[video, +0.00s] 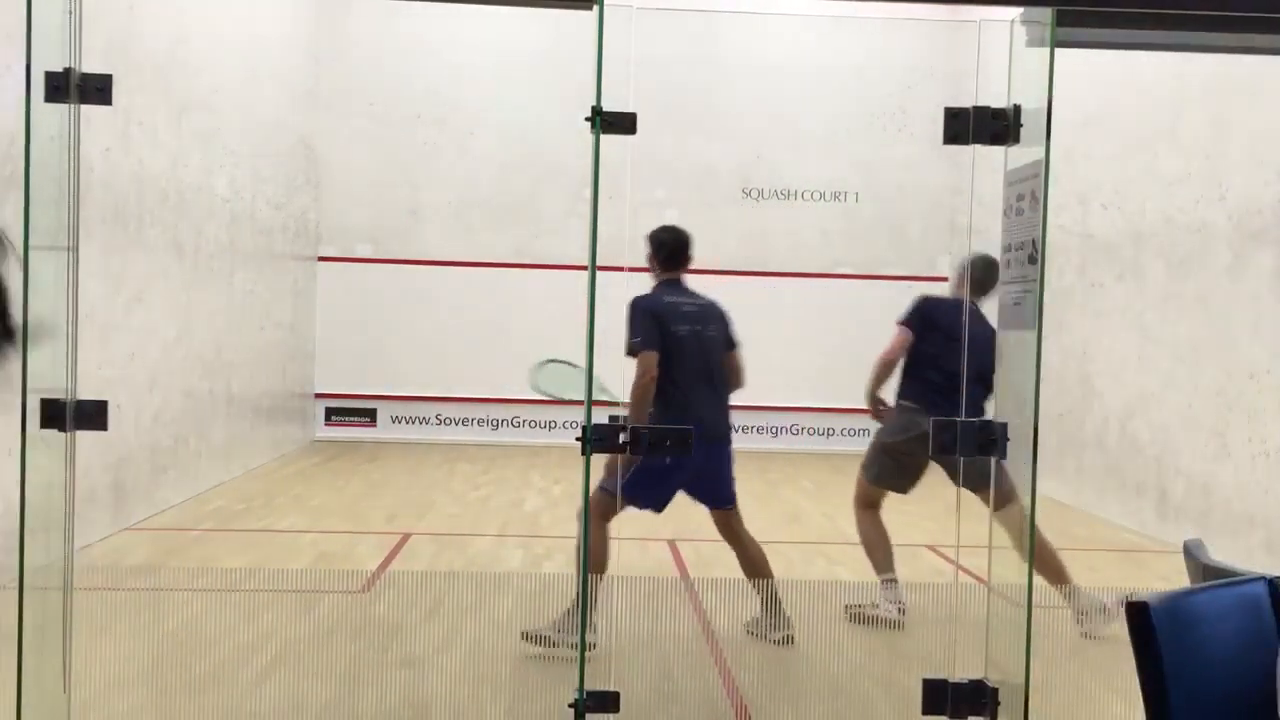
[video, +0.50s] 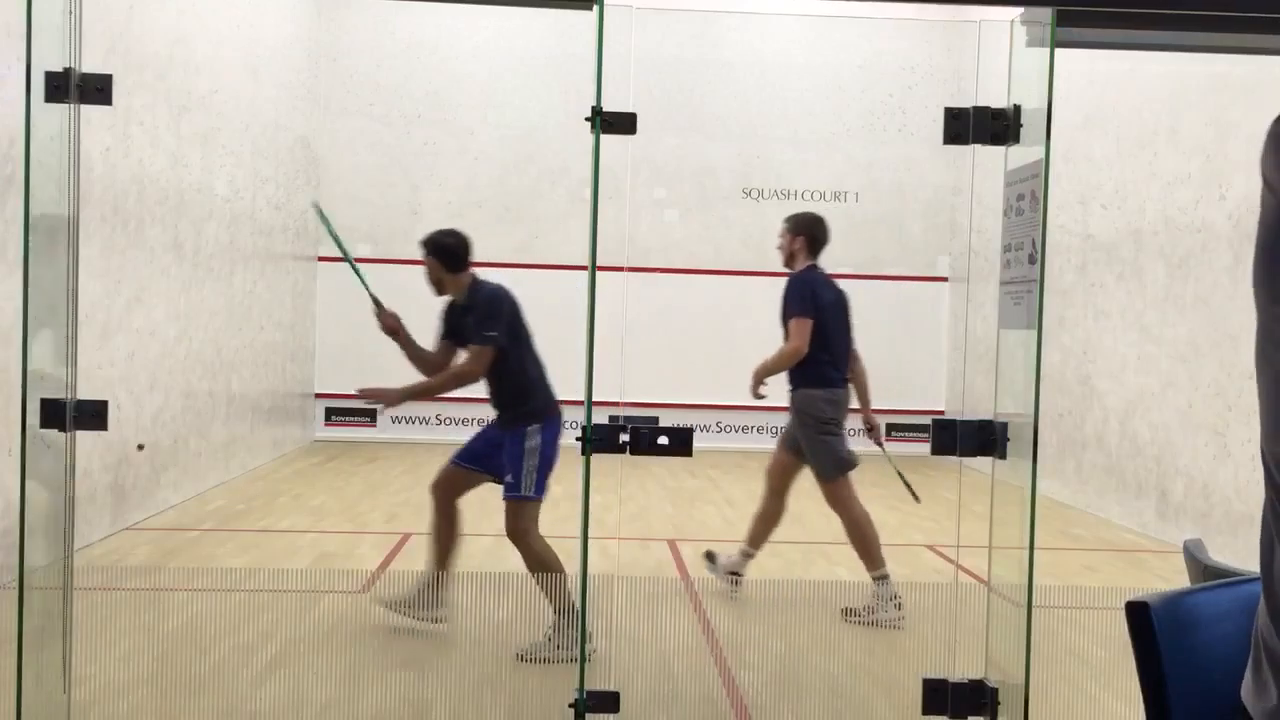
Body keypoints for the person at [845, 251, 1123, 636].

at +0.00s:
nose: (953, 275)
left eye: (956, 270)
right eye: (959, 270)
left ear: (959, 276)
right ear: (989, 290)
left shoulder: (927, 306)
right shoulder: (989, 334)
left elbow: (893, 352)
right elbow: (992, 389)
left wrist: (872, 394)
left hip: (912, 422)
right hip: (965, 431)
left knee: (866, 505)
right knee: (1017, 520)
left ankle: (891, 597)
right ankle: (1080, 604)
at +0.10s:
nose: (910, 253)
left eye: (913, 247)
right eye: (915, 247)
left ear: (919, 251)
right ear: (945, 260)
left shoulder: (899, 288)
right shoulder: (955, 307)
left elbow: (876, 346)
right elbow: (953, 370)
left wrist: (845, 374)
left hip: (889, 406)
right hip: (939, 410)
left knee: (856, 501)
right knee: (968, 482)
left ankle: (888, 603)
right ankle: (1005, 569)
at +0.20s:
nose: (874, 236)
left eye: (877, 230)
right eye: (877, 229)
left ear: (887, 233)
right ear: (910, 240)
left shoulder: (872, 271)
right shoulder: (925, 287)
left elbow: (858, 335)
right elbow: (930, 356)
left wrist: (832, 364)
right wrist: (904, 381)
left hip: (874, 392)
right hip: (918, 396)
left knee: (862, 495)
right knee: (923, 488)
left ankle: (887, 602)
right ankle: (939, 581)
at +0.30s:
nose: (839, 233)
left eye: (843, 227)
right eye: (841, 227)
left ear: (857, 232)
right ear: (873, 237)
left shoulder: (848, 271)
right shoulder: (890, 280)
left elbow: (840, 335)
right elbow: (888, 341)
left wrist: (812, 363)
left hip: (859, 391)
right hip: (895, 391)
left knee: (869, 495)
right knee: (863, 489)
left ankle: (888, 601)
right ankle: (859, 585)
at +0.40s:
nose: (807, 239)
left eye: (812, 233)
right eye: (810, 232)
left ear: (827, 238)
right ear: (841, 241)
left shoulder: (826, 280)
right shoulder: (861, 285)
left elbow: (821, 342)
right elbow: (876, 358)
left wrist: (788, 370)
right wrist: (885, 410)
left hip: (840, 400)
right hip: (862, 398)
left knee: (863, 501)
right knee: (813, 470)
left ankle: (888, 601)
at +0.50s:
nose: (778, 242)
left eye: (783, 236)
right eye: (780, 235)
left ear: (800, 242)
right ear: (811, 245)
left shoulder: (800, 284)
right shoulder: (833, 290)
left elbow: (797, 347)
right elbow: (852, 361)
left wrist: (761, 371)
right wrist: (867, 410)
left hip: (813, 402)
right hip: (828, 401)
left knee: (843, 498)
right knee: (777, 477)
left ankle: (886, 597)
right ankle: (738, 563)